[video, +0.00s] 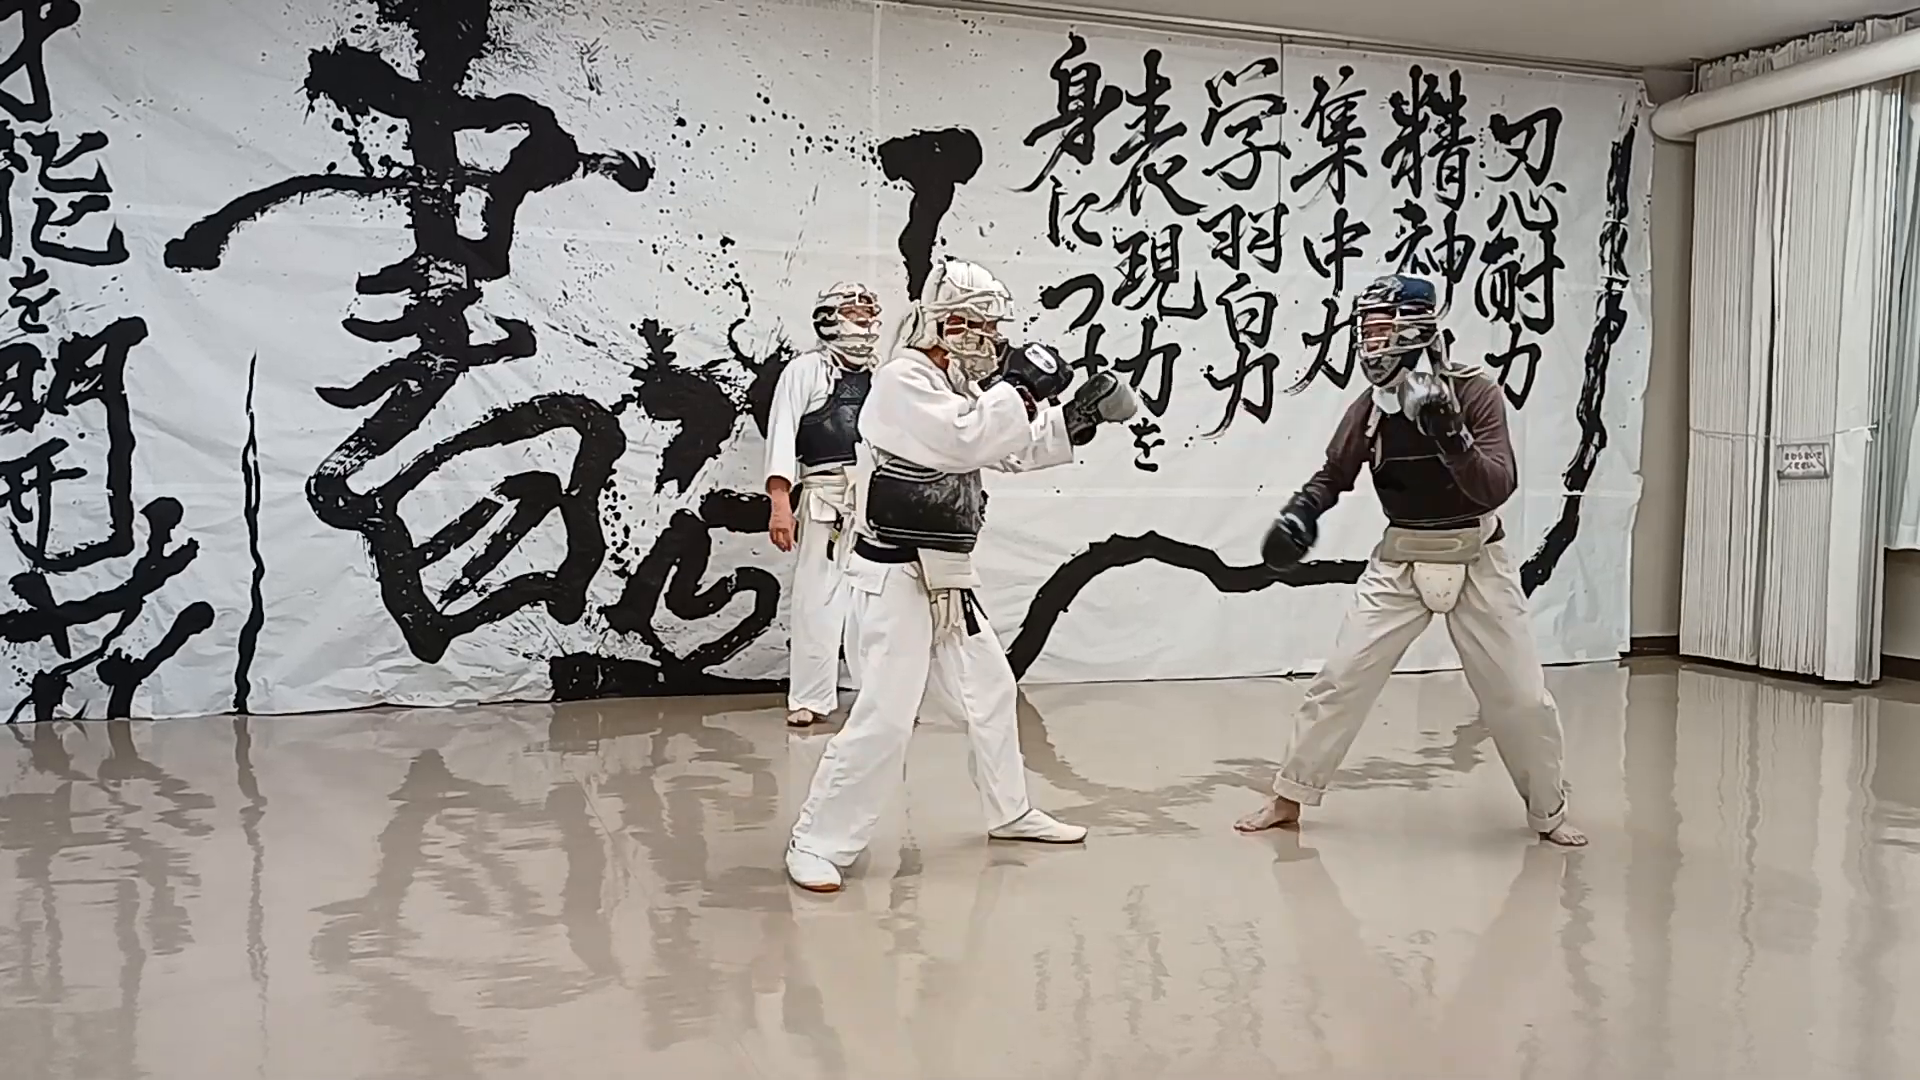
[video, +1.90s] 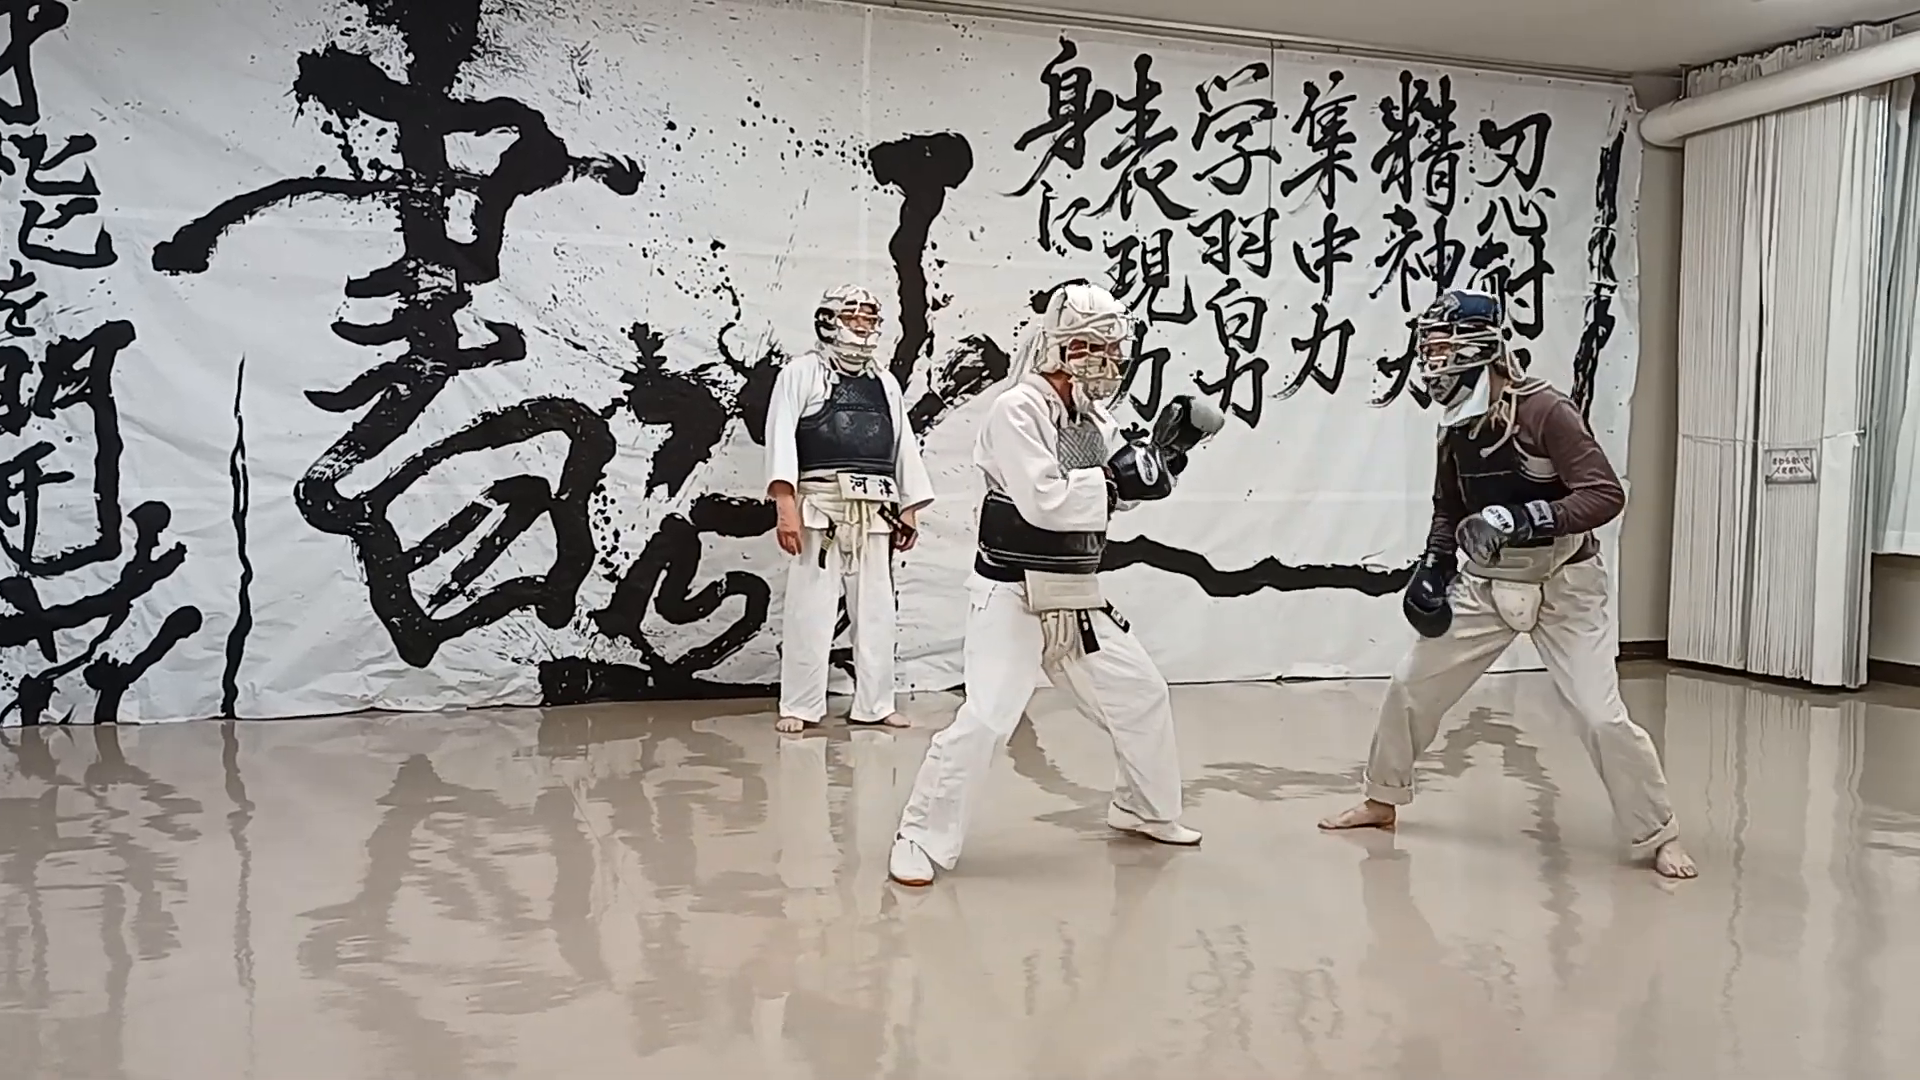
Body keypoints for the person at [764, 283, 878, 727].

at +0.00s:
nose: (865, 323)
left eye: (870, 315)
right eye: (854, 315)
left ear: (877, 321)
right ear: (829, 321)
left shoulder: (882, 373)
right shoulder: (805, 369)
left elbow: (900, 436)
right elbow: (781, 436)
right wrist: (779, 504)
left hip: (876, 497)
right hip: (821, 497)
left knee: (877, 599)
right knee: (815, 602)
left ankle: (878, 698)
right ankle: (808, 700)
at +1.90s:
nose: (862, 326)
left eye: (869, 320)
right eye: (852, 318)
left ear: (877, 326)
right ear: (830, 321)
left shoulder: (885, 380)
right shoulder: (801, 371)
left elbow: (904, 446)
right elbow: (781, 440)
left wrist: (911, 508)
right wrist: (786, 506)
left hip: (875, 509)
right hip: (816, 507)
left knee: (876, 613)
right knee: (809, 613)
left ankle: (874, 706)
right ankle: (800, 709)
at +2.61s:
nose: (798, 323)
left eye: (803, 317)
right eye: (788, 315)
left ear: (808, 326)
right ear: (762, 320)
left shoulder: (817, 381)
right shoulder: (733, 374)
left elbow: (836, 447)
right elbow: (715, 443)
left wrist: (844, 509)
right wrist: (722, 509)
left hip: (811, 511)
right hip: (751, 510)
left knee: (812, 614)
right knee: (744, 615)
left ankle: (810, 708)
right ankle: (734, 712)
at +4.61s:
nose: (731, 321)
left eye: (738, 315)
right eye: (721, 313)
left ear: (746, 323)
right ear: (698, 318)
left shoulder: (755, 379)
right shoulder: (670, 372)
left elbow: (775, 446)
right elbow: (651, 442)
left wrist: (781, 511)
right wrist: (658, 509)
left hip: (749, 511)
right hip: (688, 509)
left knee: (751, 614)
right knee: (681, 616)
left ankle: (747, 709)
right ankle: (671, 713)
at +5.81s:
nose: (661, 318)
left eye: (669, 312)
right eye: (651, 310)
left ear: (679, 321)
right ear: (630, 316)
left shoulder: (693, 377)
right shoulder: (604, 368)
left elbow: (714, 446)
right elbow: (584, 438)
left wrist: (719, 511)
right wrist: (590, 506)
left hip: (684, 510)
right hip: (620, 509)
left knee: (685, 616)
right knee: (614, 617)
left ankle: (681, 710)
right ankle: (604, 715)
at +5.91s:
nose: (650, 319)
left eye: (658, 313)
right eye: (639, 311)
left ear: (668, 321)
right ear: (619, 316)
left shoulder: (683, 377)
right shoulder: (593, 369)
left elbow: (704, 446)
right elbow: (573, 439)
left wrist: (709, 511)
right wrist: (579, 507)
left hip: (673, 510)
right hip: (610, 509)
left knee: (674, 616)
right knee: (602, 618)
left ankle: (671, 710)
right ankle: (592, 716)